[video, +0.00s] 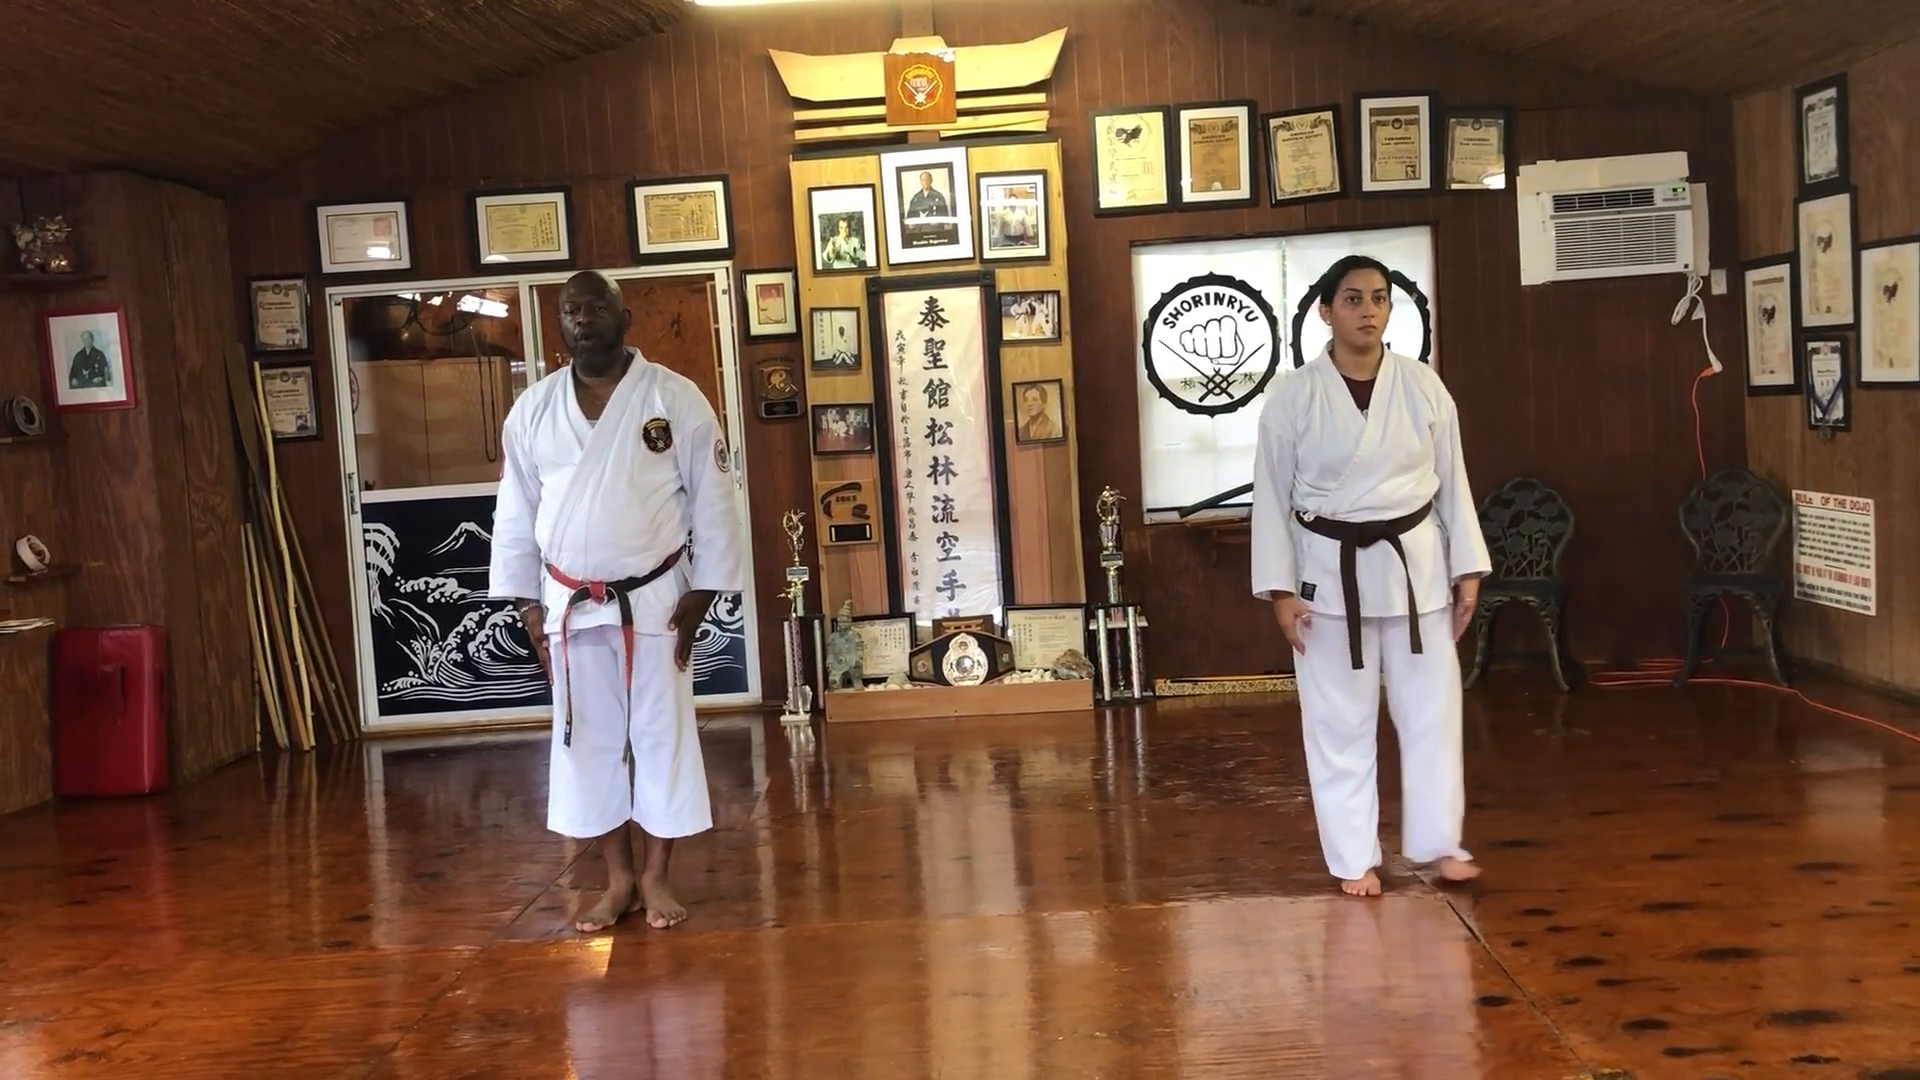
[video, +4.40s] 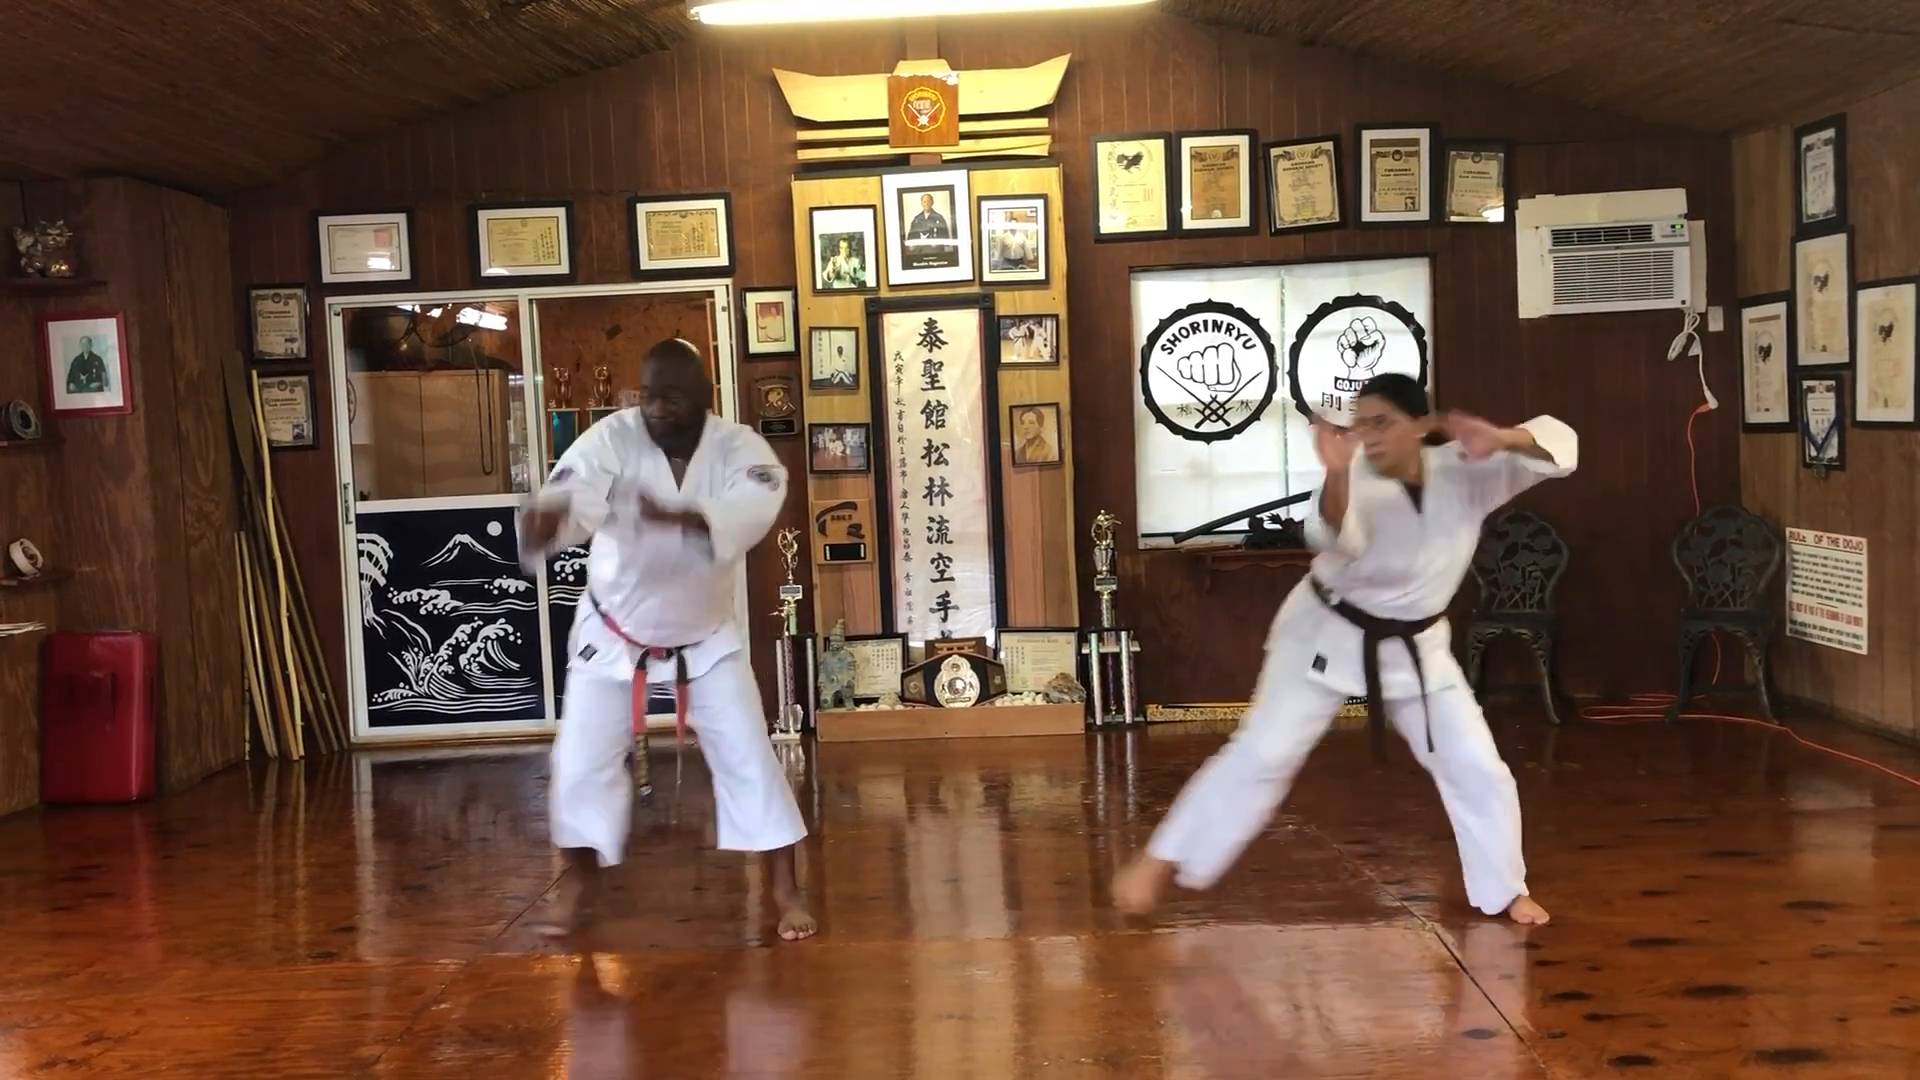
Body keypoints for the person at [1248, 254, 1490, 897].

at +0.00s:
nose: (1368, 311)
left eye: (1379, 299)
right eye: (1353, 299)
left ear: (1391, 311)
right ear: (1326, 311)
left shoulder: (1422, 384)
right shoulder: (1291, 394)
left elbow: (1452, 482)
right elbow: (1271, 495)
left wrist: (1468, 566)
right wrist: (1280, 586)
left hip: (1417, 562)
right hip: (1328, 568)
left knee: (1433, 711)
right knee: (1341, 721)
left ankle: (1440, 846)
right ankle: (1354, 861)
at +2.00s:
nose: (1439, 356)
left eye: (1449, 344)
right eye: (1424, 343)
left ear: (1462, 353)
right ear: (1398, 353)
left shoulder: (1494, 429)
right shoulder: (1362, 437)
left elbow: (1522, 526)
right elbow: (1341, 531)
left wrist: (1536, 611)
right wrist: (1345, 615)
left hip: (1485, 611)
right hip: (1391, 612)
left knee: (1499, 764)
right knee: (1376, 765)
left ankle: (1514, 896)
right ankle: (1358, 901)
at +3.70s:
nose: (1441, 347)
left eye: (1451, 335)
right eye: (1426, 336)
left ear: (1463, 346)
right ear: (1399, 348)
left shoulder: (1496, 418)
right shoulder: (1368, 424)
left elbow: (1542, 504)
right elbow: (1329, 519)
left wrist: (1529, 578)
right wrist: (1381, 584)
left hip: (1481, 594)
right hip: (1388, 594)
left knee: (1499, 750)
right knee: (1374, 752)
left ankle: (1510, 889)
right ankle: (1357, 891)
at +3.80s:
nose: (1451, 352)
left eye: (1460, 341)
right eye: (1436, 342)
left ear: (1473, 354)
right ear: (1407, 356)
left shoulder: (1503, 406)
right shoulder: (1372, 415)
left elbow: (1588, 431)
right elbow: (1369, 443)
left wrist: (1564, 454)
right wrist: (1421, 462)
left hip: (1470, 585)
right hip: (1380, 586)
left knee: (1490, 732)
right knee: (1371, 735)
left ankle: (1512, 878)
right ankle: (1349, 881)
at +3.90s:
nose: (1457, 386)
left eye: (1467, 374)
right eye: (1445, 376)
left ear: (1481, 385)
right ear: (1420, 386)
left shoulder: (1498, 434)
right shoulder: (1389, 446)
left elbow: (1539, 403)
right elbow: (1394, 419)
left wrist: (1577, 348)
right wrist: (1423, 366)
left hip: (1471, 590)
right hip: (1380, 590)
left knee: (1486, 732)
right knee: (1371, 735)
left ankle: (1509, 881)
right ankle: (1348, 881)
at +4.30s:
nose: (1407, 419)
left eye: (1421, 403)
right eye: (1398, 410)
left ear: (1456, 408)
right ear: (1390, 417)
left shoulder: (1486, 453)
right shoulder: (1383, 462)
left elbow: (1550, 443)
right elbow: (1364, 476)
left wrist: (1540, 400)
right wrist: (1368, 425)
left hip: (1438, 615)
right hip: (1350, 607)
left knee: (1481, 746)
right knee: (1326, 735)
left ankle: (1508, 882)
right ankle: (1270, 866)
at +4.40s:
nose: (1367, 437)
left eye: (1380, 423)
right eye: (1361, 426)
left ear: (1421, 423)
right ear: (1356, 432)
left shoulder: (1467, 470)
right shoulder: (1354, 478)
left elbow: (1562, 446)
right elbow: (1330, 539)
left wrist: (1505, 440)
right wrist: (1335, 476)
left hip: (1416, 639)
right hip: (1328, 625)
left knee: (1479, 768)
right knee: (1265, 751)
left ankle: (1504, 893)